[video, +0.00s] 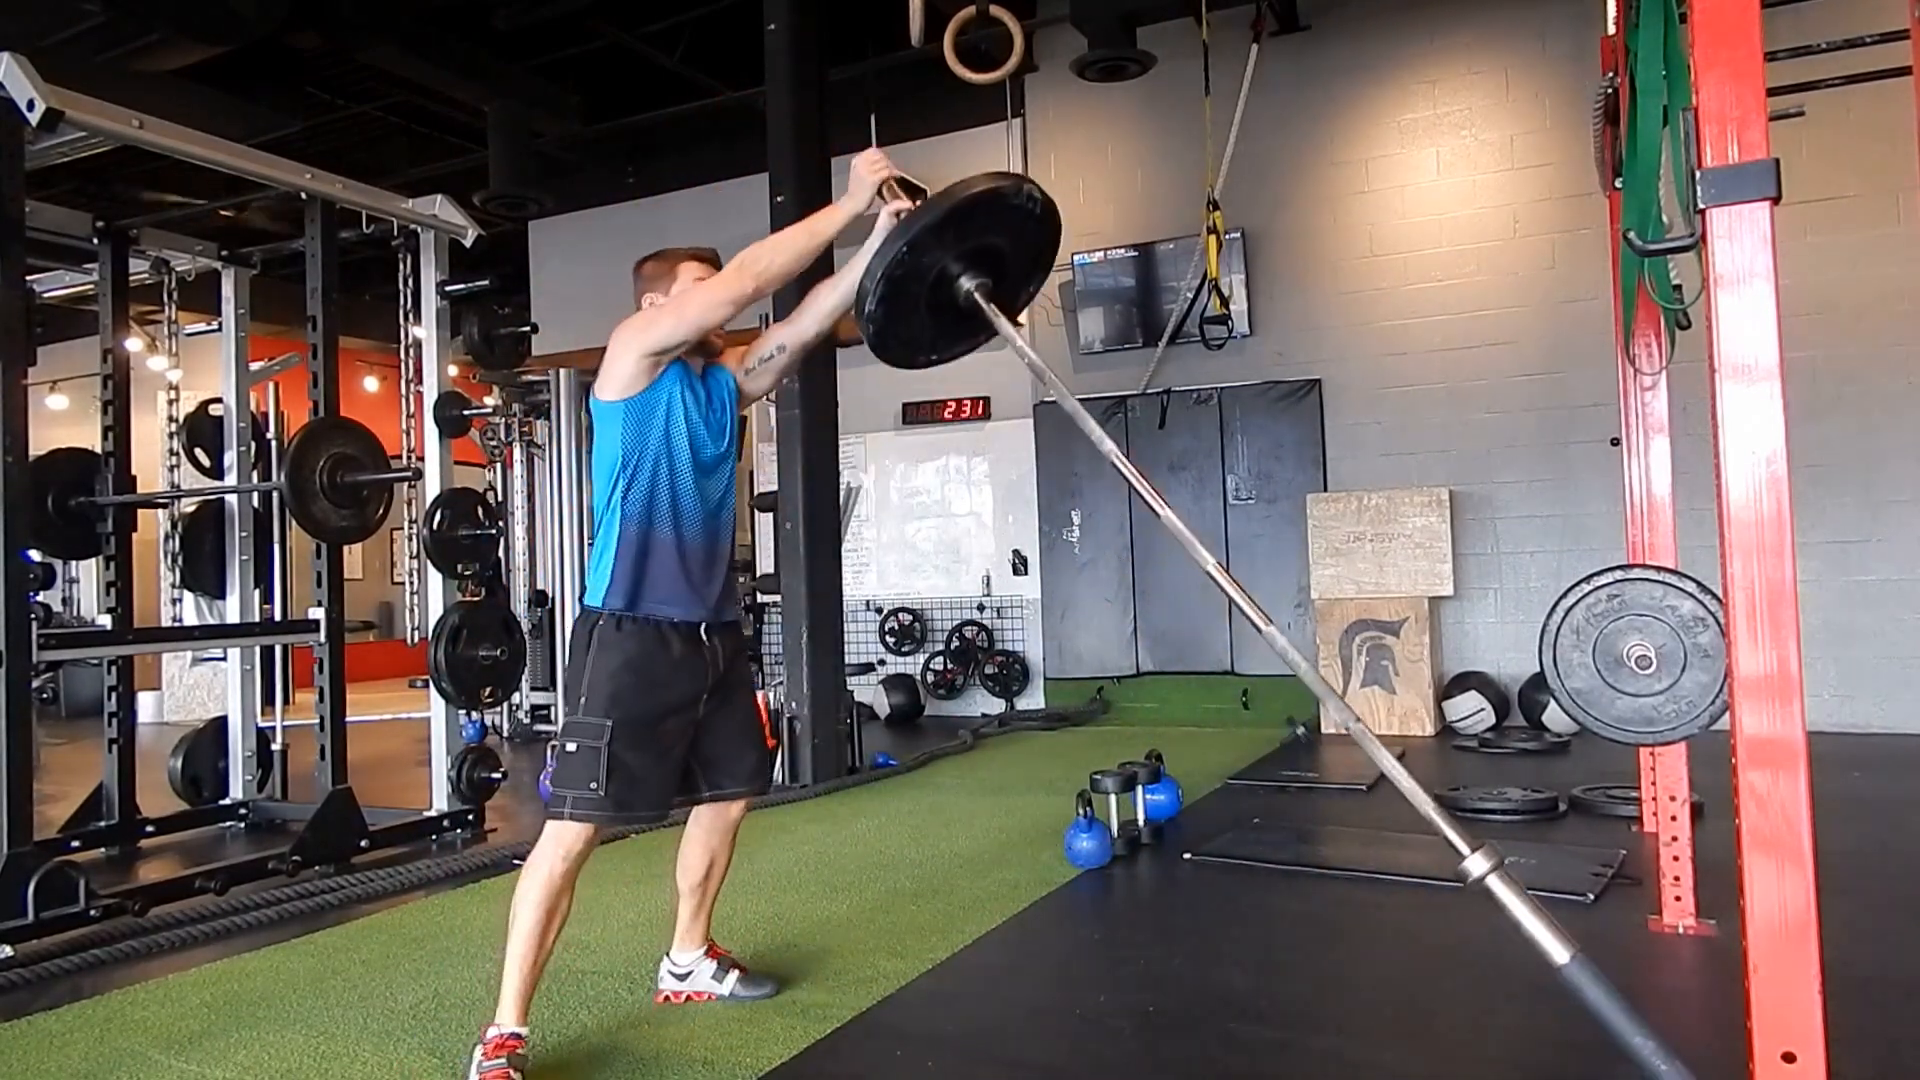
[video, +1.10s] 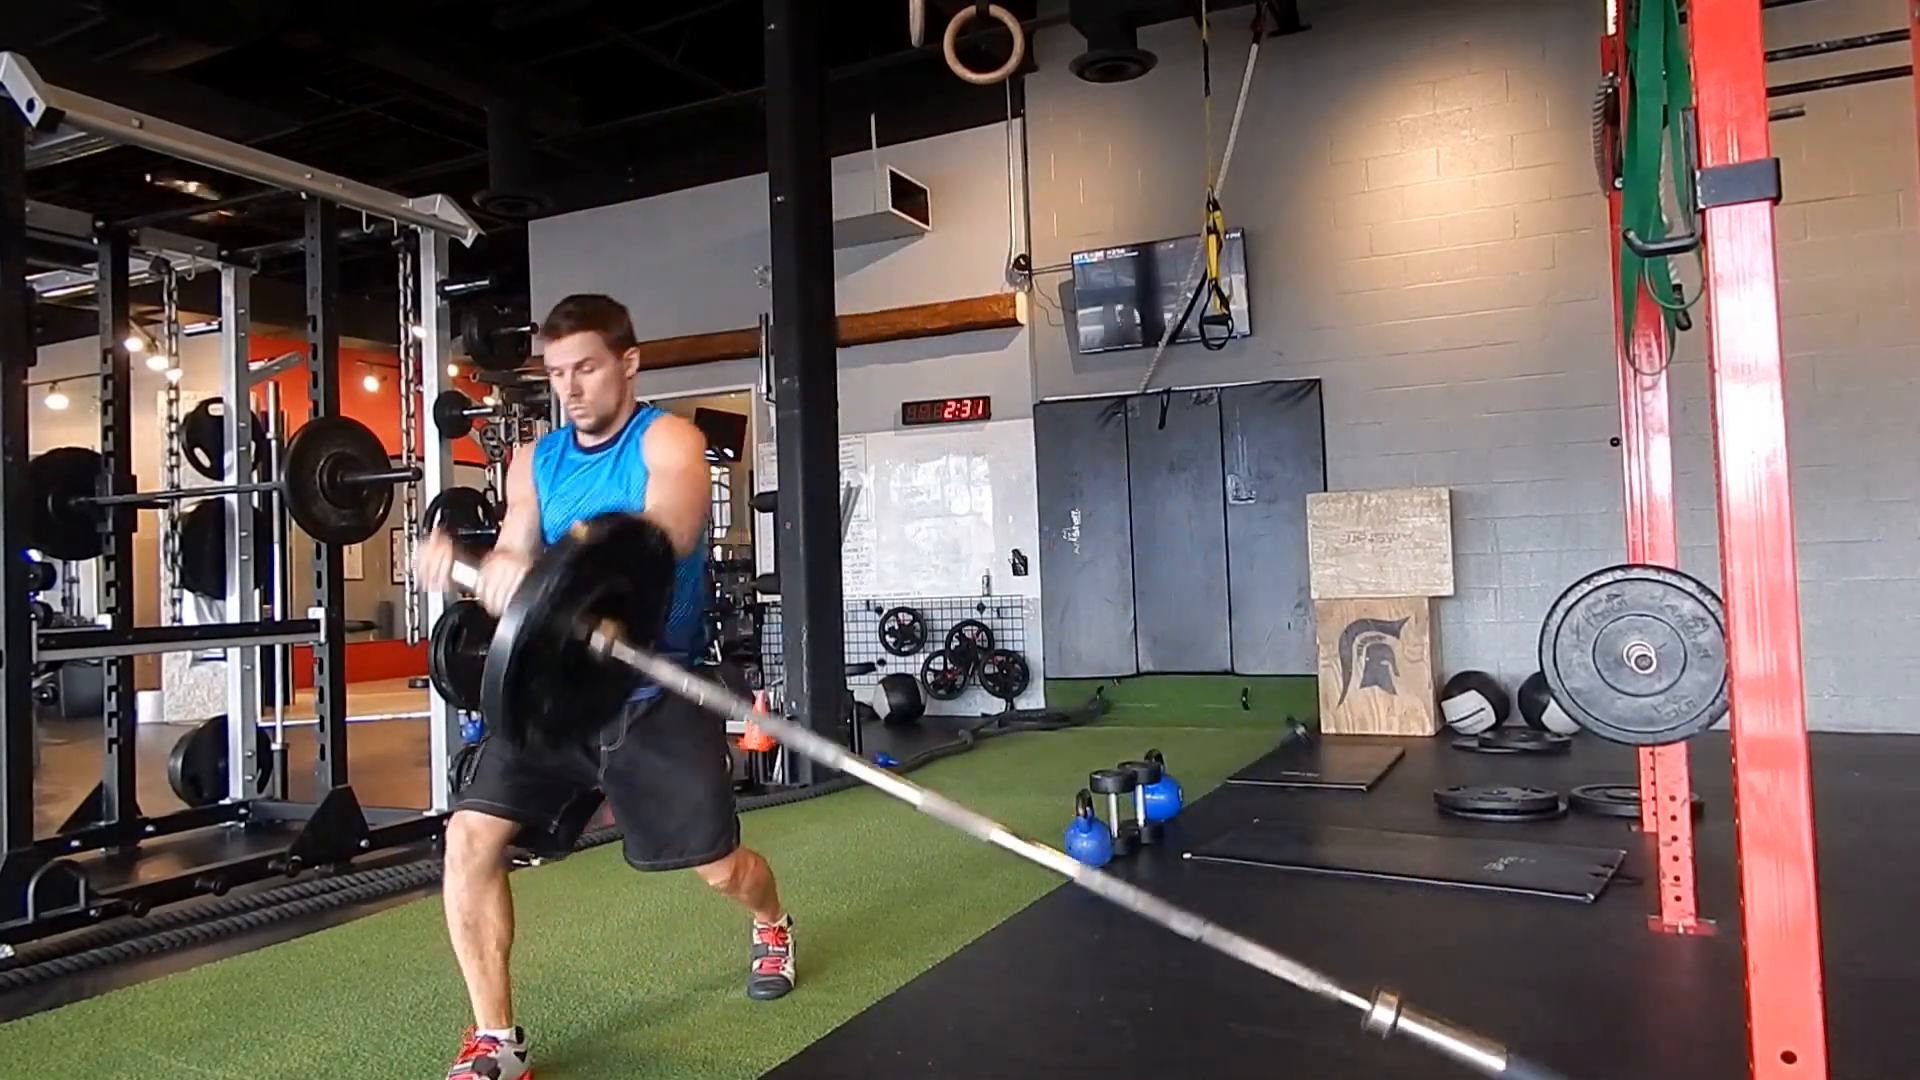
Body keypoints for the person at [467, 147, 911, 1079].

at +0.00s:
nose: (721, 288)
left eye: (720, 279)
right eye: (705, 278)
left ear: (708, 296)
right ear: (657, 296)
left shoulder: (728, 371)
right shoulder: (630, 349)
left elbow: (809, 320)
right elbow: (738, 288)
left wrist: (877, 239)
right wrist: (848, 201)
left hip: (712, 634)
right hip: (627, 633)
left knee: (728, 788)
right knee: (576, 823)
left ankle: (687, 959)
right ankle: (507, 1027)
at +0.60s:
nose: (696, 311)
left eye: (699, 299)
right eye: (678, 299)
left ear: (707, 312)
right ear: (634, 311)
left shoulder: (729, 393)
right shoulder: (598, 385)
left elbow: (809, 343)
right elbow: (661, 299)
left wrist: (817, 239)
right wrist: (742, 198)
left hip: (724, 651)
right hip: (624, 651)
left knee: (737, 805)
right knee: (564, 829)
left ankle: (687, 962)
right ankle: (503, 1027)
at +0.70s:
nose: (678, 323)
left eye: (689, 307)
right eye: (663, 309)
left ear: (707, 320)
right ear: (632, 323)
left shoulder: (731, 402)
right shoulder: (589, 401)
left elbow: (800, 335)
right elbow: (613, 337)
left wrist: (763, 252)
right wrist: (678, 230)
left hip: (720, 657)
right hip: (613, 657)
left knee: (739, 811)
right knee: (547, 827)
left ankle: (692, 953)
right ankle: (494, 1031)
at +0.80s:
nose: (658, 334)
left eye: (672, 319)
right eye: (642, 318)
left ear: (698, 331)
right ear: (618, 330)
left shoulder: (722, 401)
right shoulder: (588, 397)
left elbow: (764, 378)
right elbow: (560, 421)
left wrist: (714, 312)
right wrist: (610, 295)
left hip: (708, 659)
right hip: (595, 658)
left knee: (738, 823)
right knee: (526, 826)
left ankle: (716, 940)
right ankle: (493, 1032)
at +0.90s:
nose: (632, 351)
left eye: (647, 334)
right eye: (617, 338)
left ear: (679, 333)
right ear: (598, 346)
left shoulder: (709, 407)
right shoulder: (576, 411)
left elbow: (722, 422)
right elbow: (526, 480)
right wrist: (543, 385)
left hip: (690, 669)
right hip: (576, 666)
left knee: (730, 839)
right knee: (498, 827)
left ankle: (752, 932)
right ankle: (497, 1034)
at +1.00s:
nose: (602, 371)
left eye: (617, 352)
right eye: (589, 357)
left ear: (657, 350)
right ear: (578, 361)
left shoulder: (700, 429)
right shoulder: (550, 441)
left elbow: (683, 515)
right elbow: (511, 547)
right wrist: (487, 486)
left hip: (673, 679)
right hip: (562, 678)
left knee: (727, 857)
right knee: (482, 831)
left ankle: (769, 925)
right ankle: (497, 1037)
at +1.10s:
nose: (567, 386)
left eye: (583, 367)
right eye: (555, 372)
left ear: (628, 364)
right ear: (544, 377)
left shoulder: (672, 441)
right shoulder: (534, 458)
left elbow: (654, 558)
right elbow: (511, 575)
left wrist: (542, 578)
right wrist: (453, 568)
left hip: (657, 692)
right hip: (552, 692)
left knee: (719, 865)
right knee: (470, 836)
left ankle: (774, 924)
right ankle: (493, 1035)